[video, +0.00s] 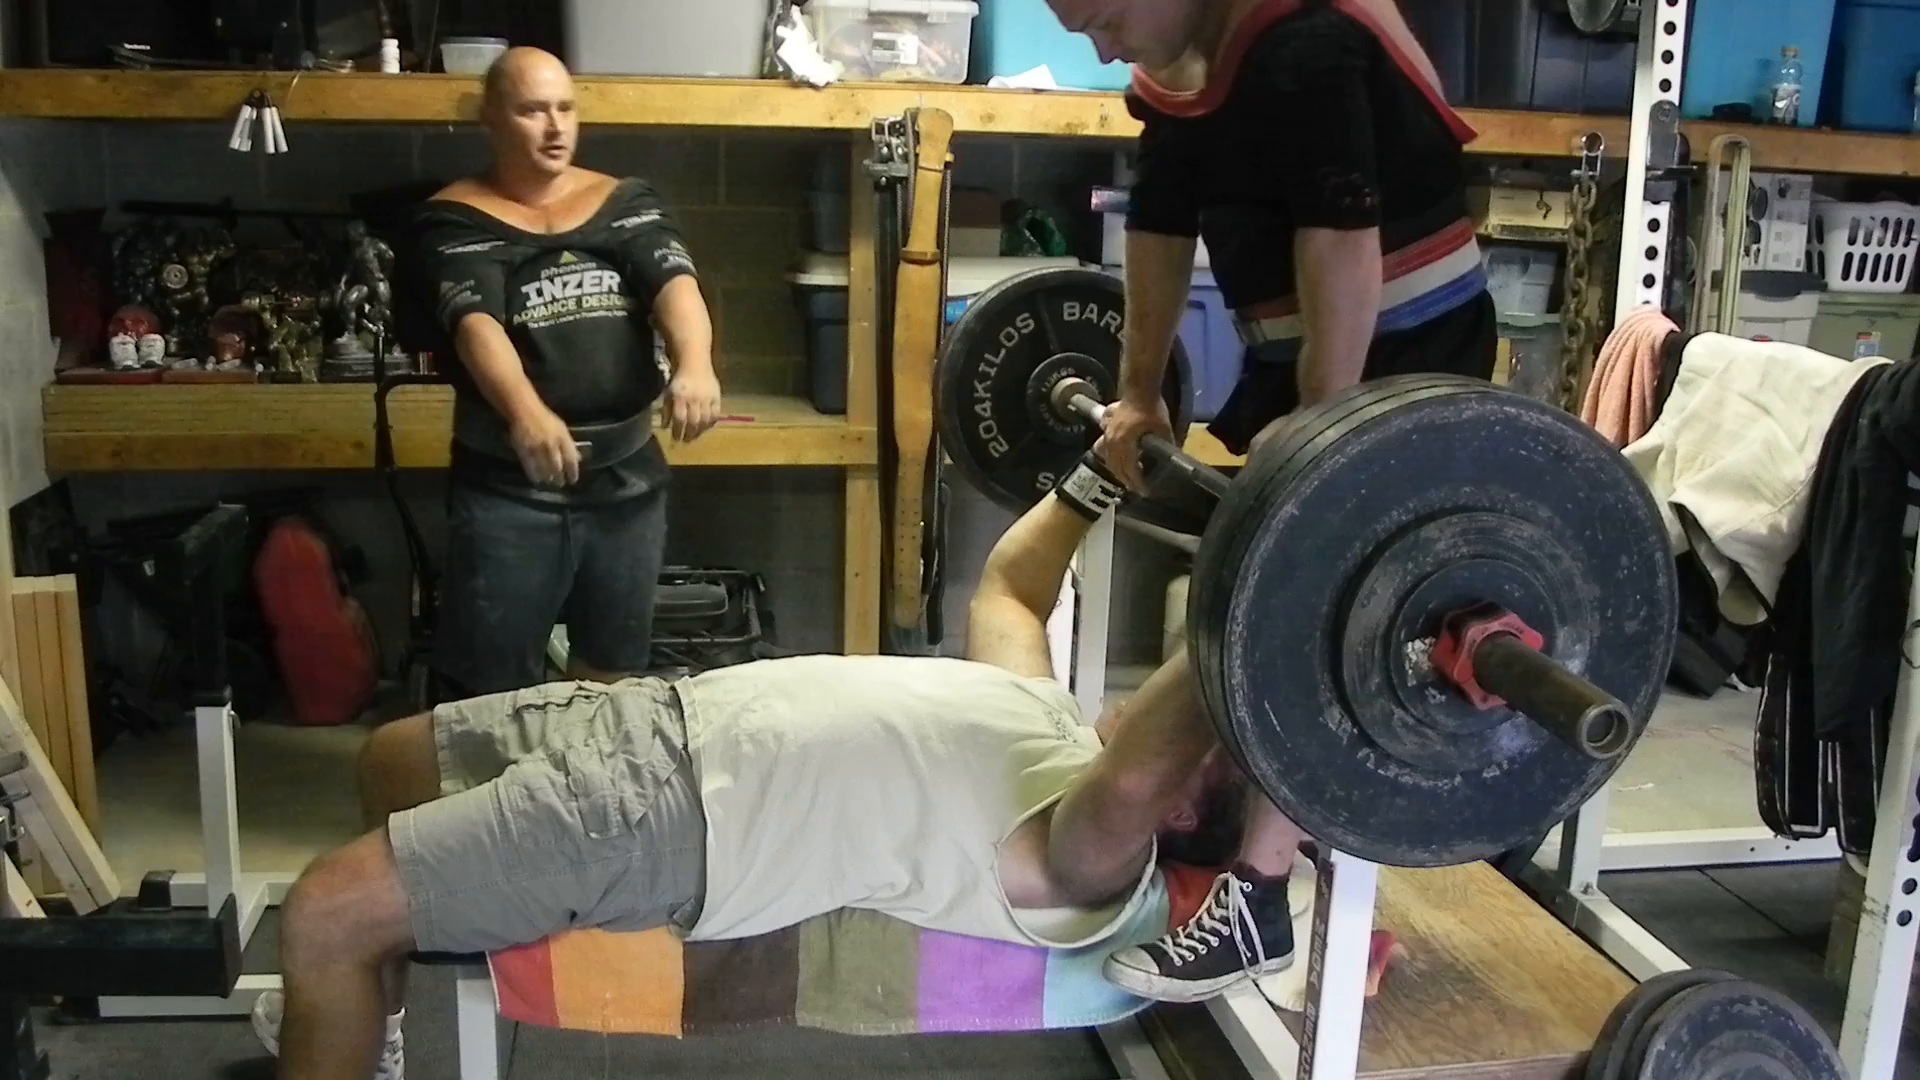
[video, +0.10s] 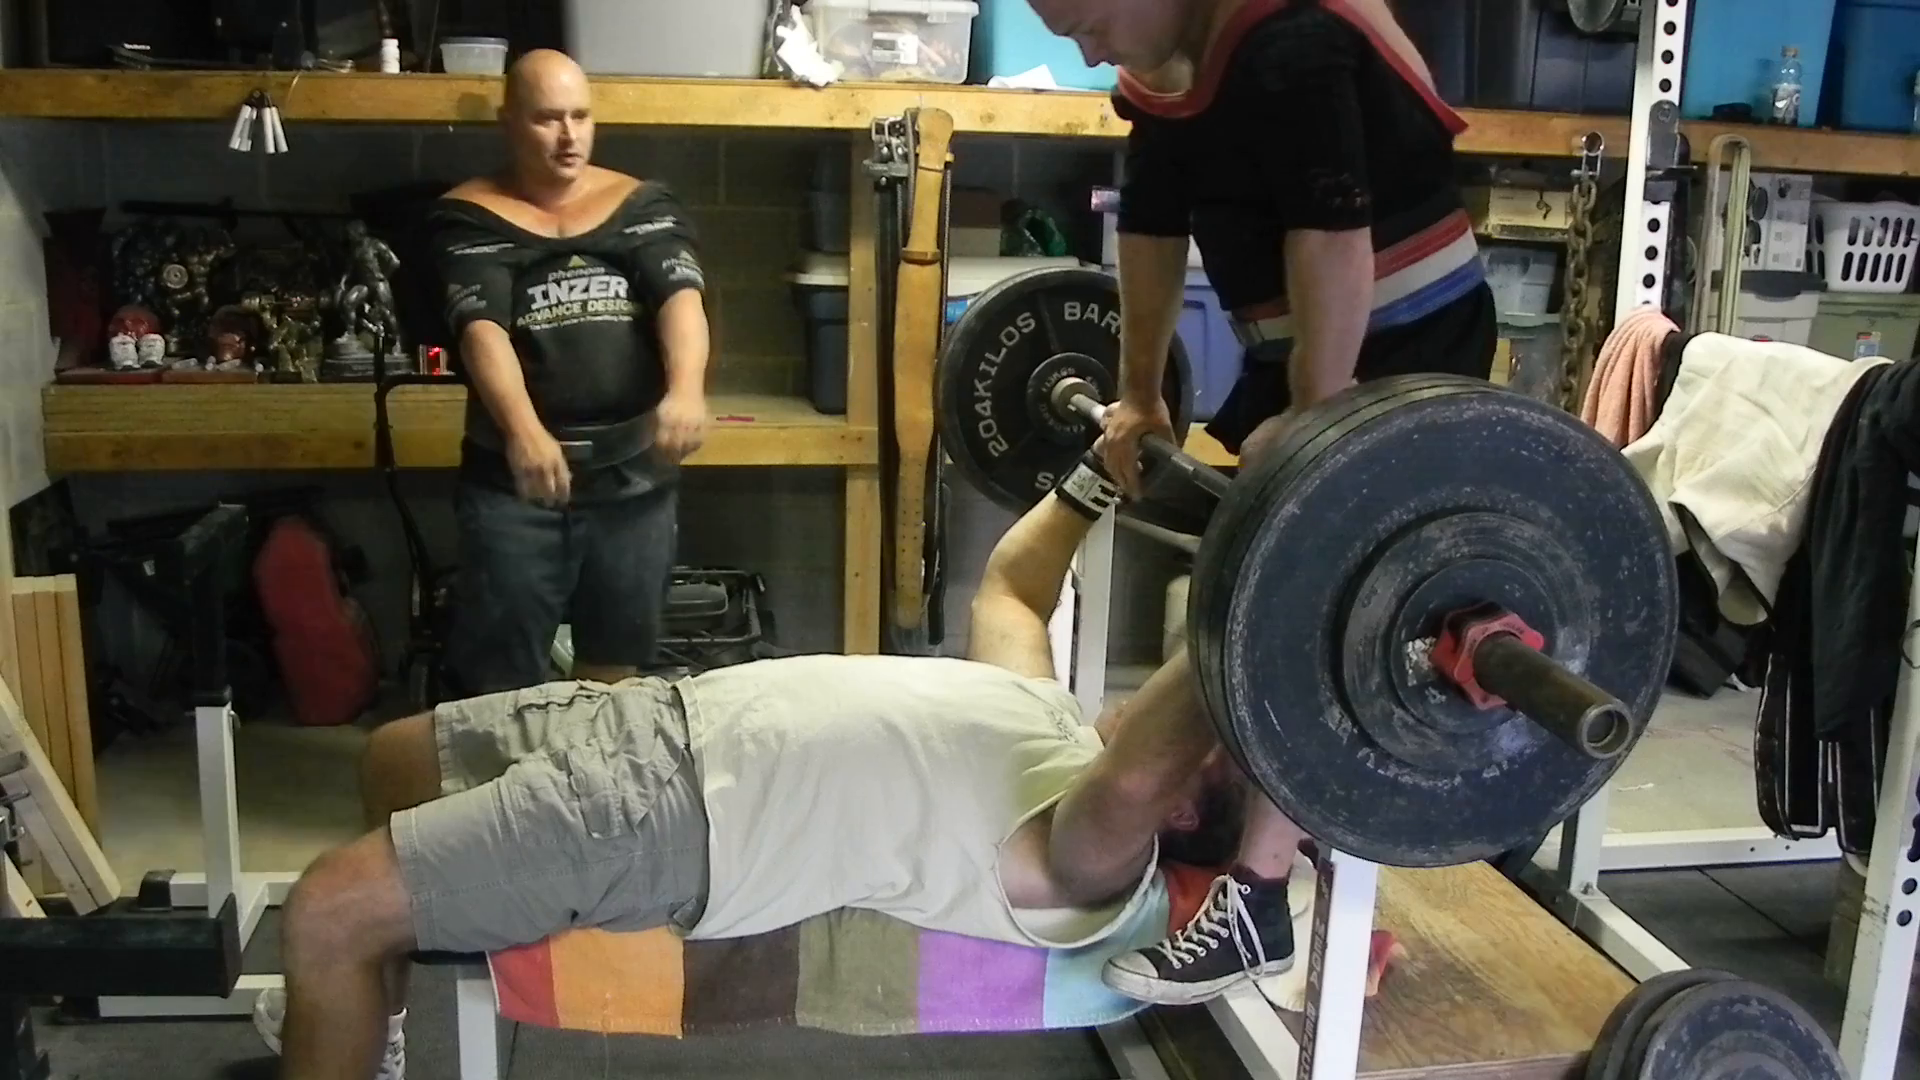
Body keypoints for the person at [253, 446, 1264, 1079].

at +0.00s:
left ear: (1218, 850)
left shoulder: (1092, 871)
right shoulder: (1050, 726)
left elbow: (1155, 761)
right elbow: (1012, 589)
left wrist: (1284, 599)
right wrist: (1100, 477)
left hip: (670, 814)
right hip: (661, 715)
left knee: (324, 912)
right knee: (391, 760)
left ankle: (342, 1061)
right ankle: (401, 989)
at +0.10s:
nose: (1189, 720)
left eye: (1220, 742)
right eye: (1211, 722)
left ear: (1201, 828)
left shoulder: (1088, 875)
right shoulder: (1051, 722)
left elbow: (1142, 761)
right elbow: (1015, 587)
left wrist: (1276, 619)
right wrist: (1105, 474)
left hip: (672, 814)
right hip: (660, 714)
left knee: (328, 910)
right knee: (393, 759)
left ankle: (344, 1063)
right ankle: (405, 989)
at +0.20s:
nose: (1194, 726)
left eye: (1223, 744)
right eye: (1220, 728)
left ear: (1205, 830)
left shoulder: (1086, 868)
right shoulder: (1054, 725)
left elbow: (1154, 753)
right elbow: (1018, 587)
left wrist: (1280, 606)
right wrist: (1100, 479)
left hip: (670, 814)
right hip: (659, 714)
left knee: (327, 911)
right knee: (393, 761)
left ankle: (344, 1061)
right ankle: (389, 1002)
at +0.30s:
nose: (1186, 714)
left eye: (1215, 735)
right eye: (1207, 716)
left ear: (1200, 818)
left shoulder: (1084, 869)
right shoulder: (1052, 724)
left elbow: (1151, 755)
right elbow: (1017, 588)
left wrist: (1280, 618)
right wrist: (1100, 478)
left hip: (668, 817)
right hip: (659, 717)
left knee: (326, 911)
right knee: (391, 768)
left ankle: (339, 1062)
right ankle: (383, 1005)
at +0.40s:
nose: (1174, 722)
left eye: (1201, 741)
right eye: (1197, 723)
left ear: (1189, 815)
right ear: (1180, 740)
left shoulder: (1086, 872)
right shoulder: (1054, 723)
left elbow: (1145, 760)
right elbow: (1017, 589)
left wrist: (1270, 625)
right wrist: (1099, 482)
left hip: (666, 815)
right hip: (655, 714)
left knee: (323, 917)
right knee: (391, 767)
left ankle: (335, 1061)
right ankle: (382, 1009)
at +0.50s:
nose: (1185, 715)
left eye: (1216, 735)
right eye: (1209, 716)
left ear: (1202, 827)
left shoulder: (1088, 868)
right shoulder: (1049, 723)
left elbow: (1151, 757)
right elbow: (1014, 586)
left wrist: (1277, 594)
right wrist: (1098, 486)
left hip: (669, 817)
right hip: (660, 714)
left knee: (326, 916)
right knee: (390, 769)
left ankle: (327, 1065)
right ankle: (359, 1010)